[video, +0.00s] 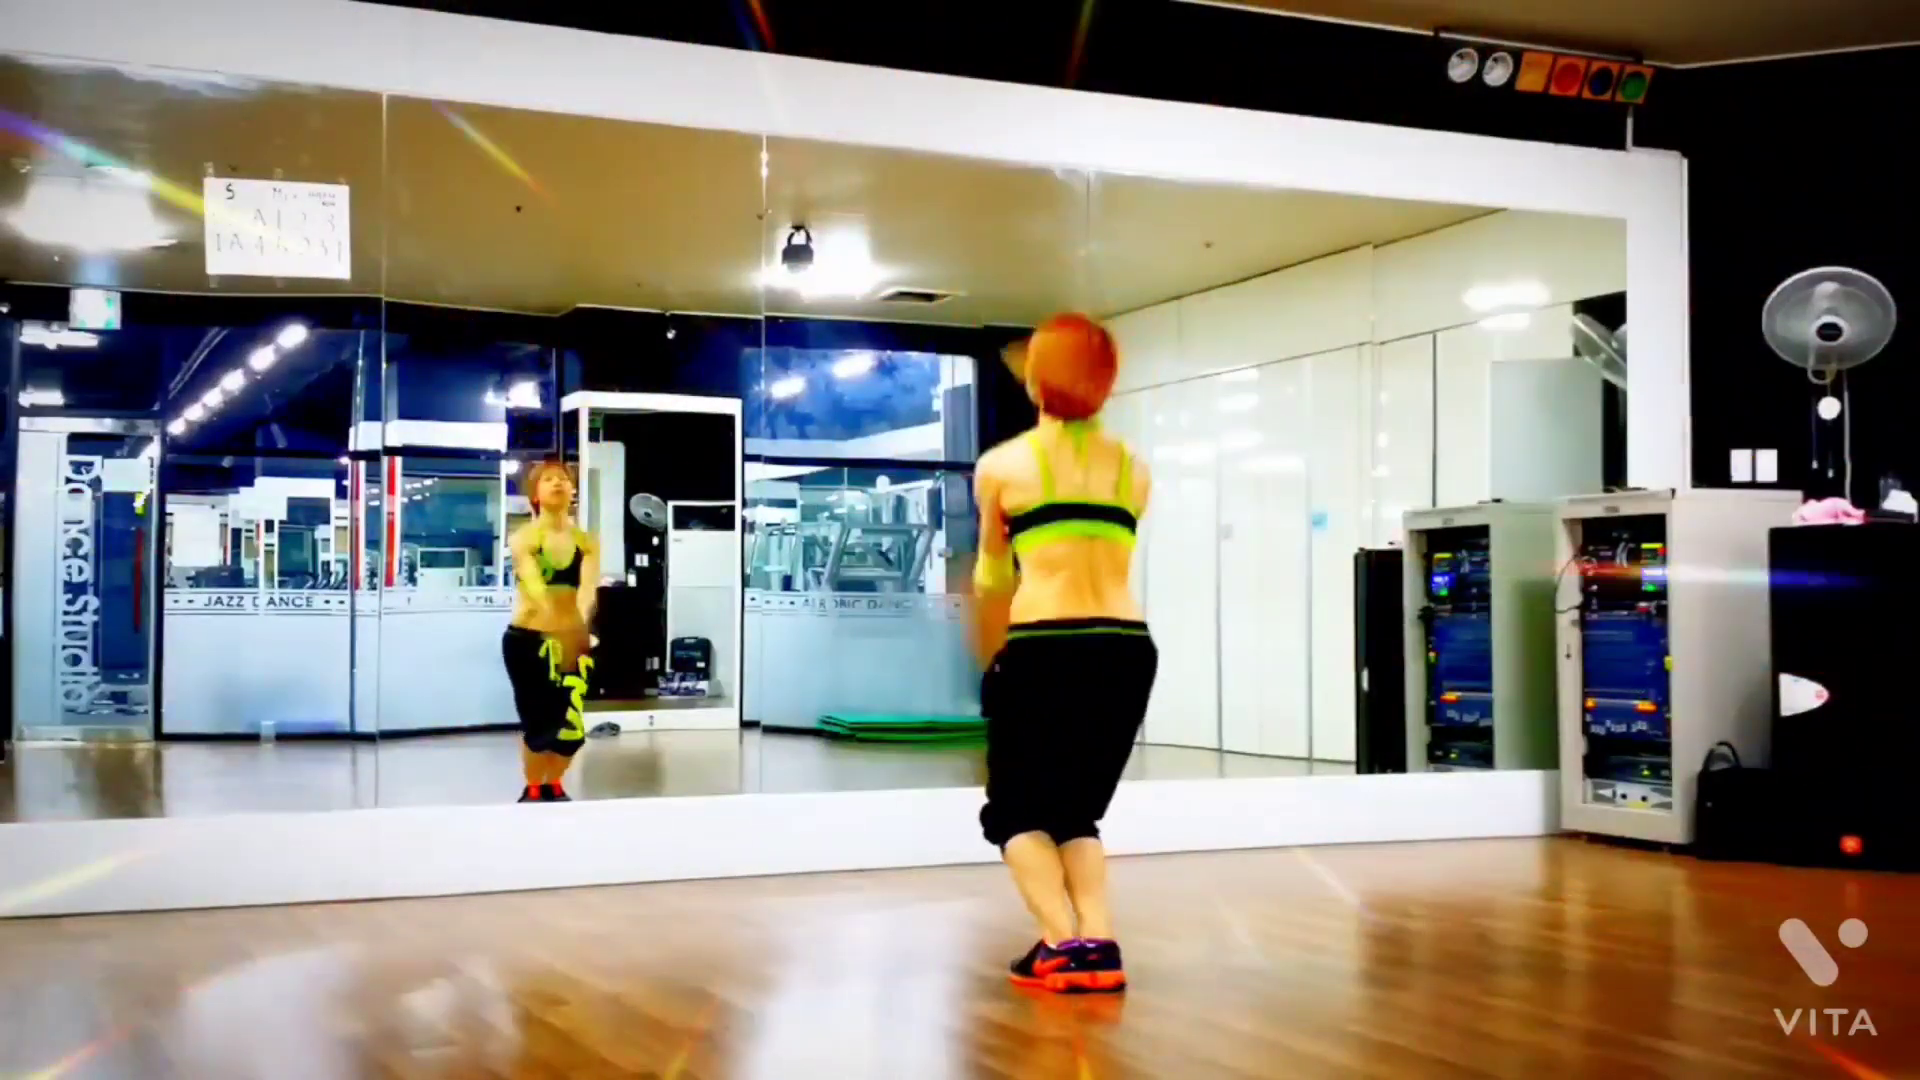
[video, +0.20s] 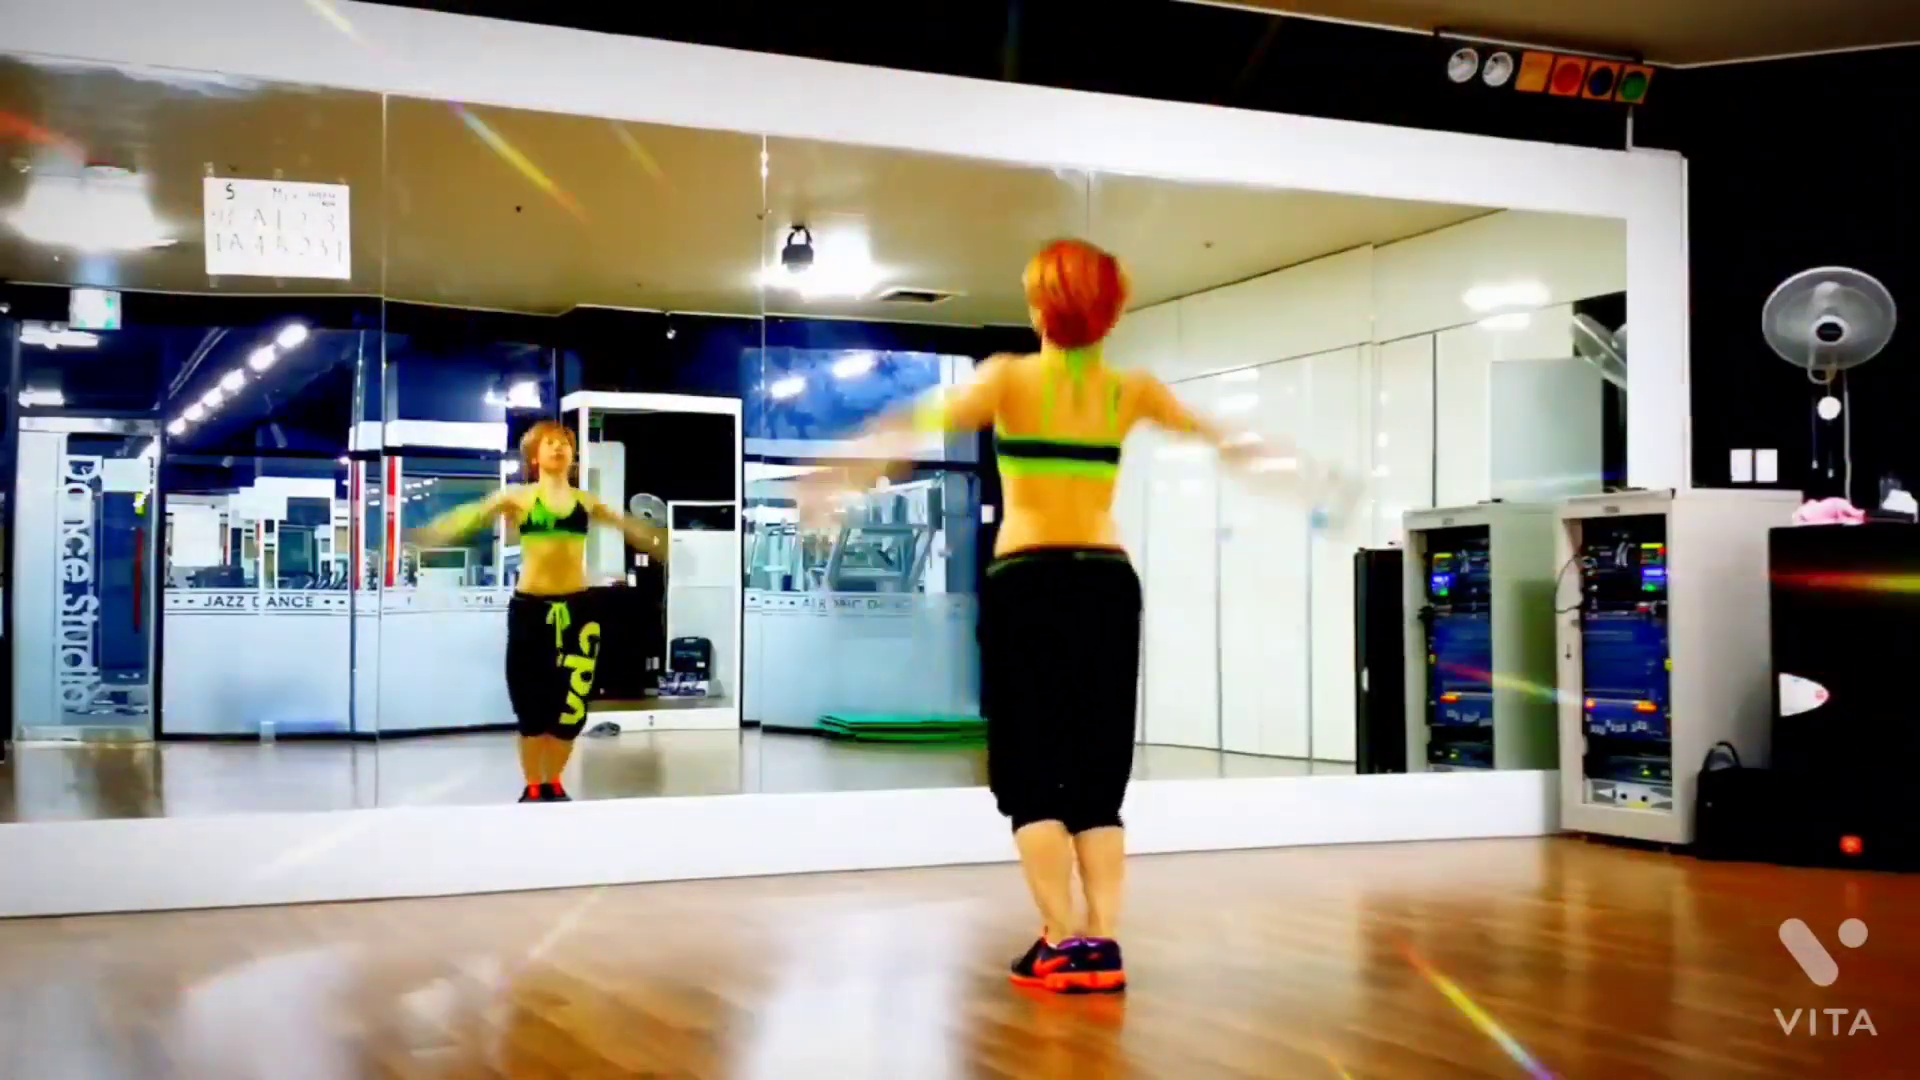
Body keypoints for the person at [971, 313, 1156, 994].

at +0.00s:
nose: (1038, 385)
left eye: (1035, 375)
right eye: (1075, 376)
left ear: (1033, 385)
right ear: (1101, 386)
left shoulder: (1002, 465)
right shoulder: (1132, 468)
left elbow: (993, 578)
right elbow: (1110, 562)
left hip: (1040, 652)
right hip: (1125, 649)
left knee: (1015, 809)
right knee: (1078, 811)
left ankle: (1060, 941)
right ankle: (1098, 943)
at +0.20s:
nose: (1035, 310)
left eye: (1038, 300)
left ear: (1038, 309)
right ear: (1110, 312)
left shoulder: (1008, 379)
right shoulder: (1132, 390)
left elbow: (916, 427)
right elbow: (1217, 437)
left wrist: (840, 475)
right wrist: (1294, 467)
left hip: (1025, 584)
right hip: (1107, 582)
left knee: (1026, 768)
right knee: (1098, 768)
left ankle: (1063, 940)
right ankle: (1102, 944)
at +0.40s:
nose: (1030, 281)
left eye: (1036, 273)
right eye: (1043, 270)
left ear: (1043, 291)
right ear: (1108, 297)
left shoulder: (1019, 354)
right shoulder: (1122, 369)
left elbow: (947, 249)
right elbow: (1187, 279)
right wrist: (1259, 193)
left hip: (1023, 576)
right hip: (1103, 575)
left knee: (1037, 764)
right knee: (1113, 763)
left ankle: (1062, 938)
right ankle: (1103, 944)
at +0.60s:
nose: (1026, 279)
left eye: (1036, 269)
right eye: (1069, 266)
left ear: (1041, 288)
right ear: (1108, 290)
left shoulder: (1021, 347)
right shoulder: (1123, 358)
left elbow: (1004, 220)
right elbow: (1111, 245)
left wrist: (999, 116)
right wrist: (1091, 129)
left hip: (1025, 571)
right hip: (1107, 569)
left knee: (1038, 763)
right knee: (1115, 759)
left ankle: (1063, 939)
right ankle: (1103, 941)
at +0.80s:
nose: (1044, 289)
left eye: (1049, 278)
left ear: (1046, 294)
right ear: (1113, 299)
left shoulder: (1022, 364)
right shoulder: (1132, 367)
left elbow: (989, 305)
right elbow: (1097, 317)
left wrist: (1015, 227)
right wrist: (1042, 237)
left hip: (1030, 577)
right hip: (1113, 576)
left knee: (1029, 768)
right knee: (1099, 772)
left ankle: (1062, 940)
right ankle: (1102, 945)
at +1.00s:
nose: (1033, 367)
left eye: (1035, 356)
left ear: (1037, 366)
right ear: (1109, 366)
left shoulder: (1008, 449)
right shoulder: (1137, 457)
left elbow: (994, 554)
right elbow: (1111, 539)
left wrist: (1006, 482)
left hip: (1035, 645)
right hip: (1119, 645)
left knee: (1014, 809)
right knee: (1078, 812)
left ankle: (1060, 940)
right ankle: (1097, 941)